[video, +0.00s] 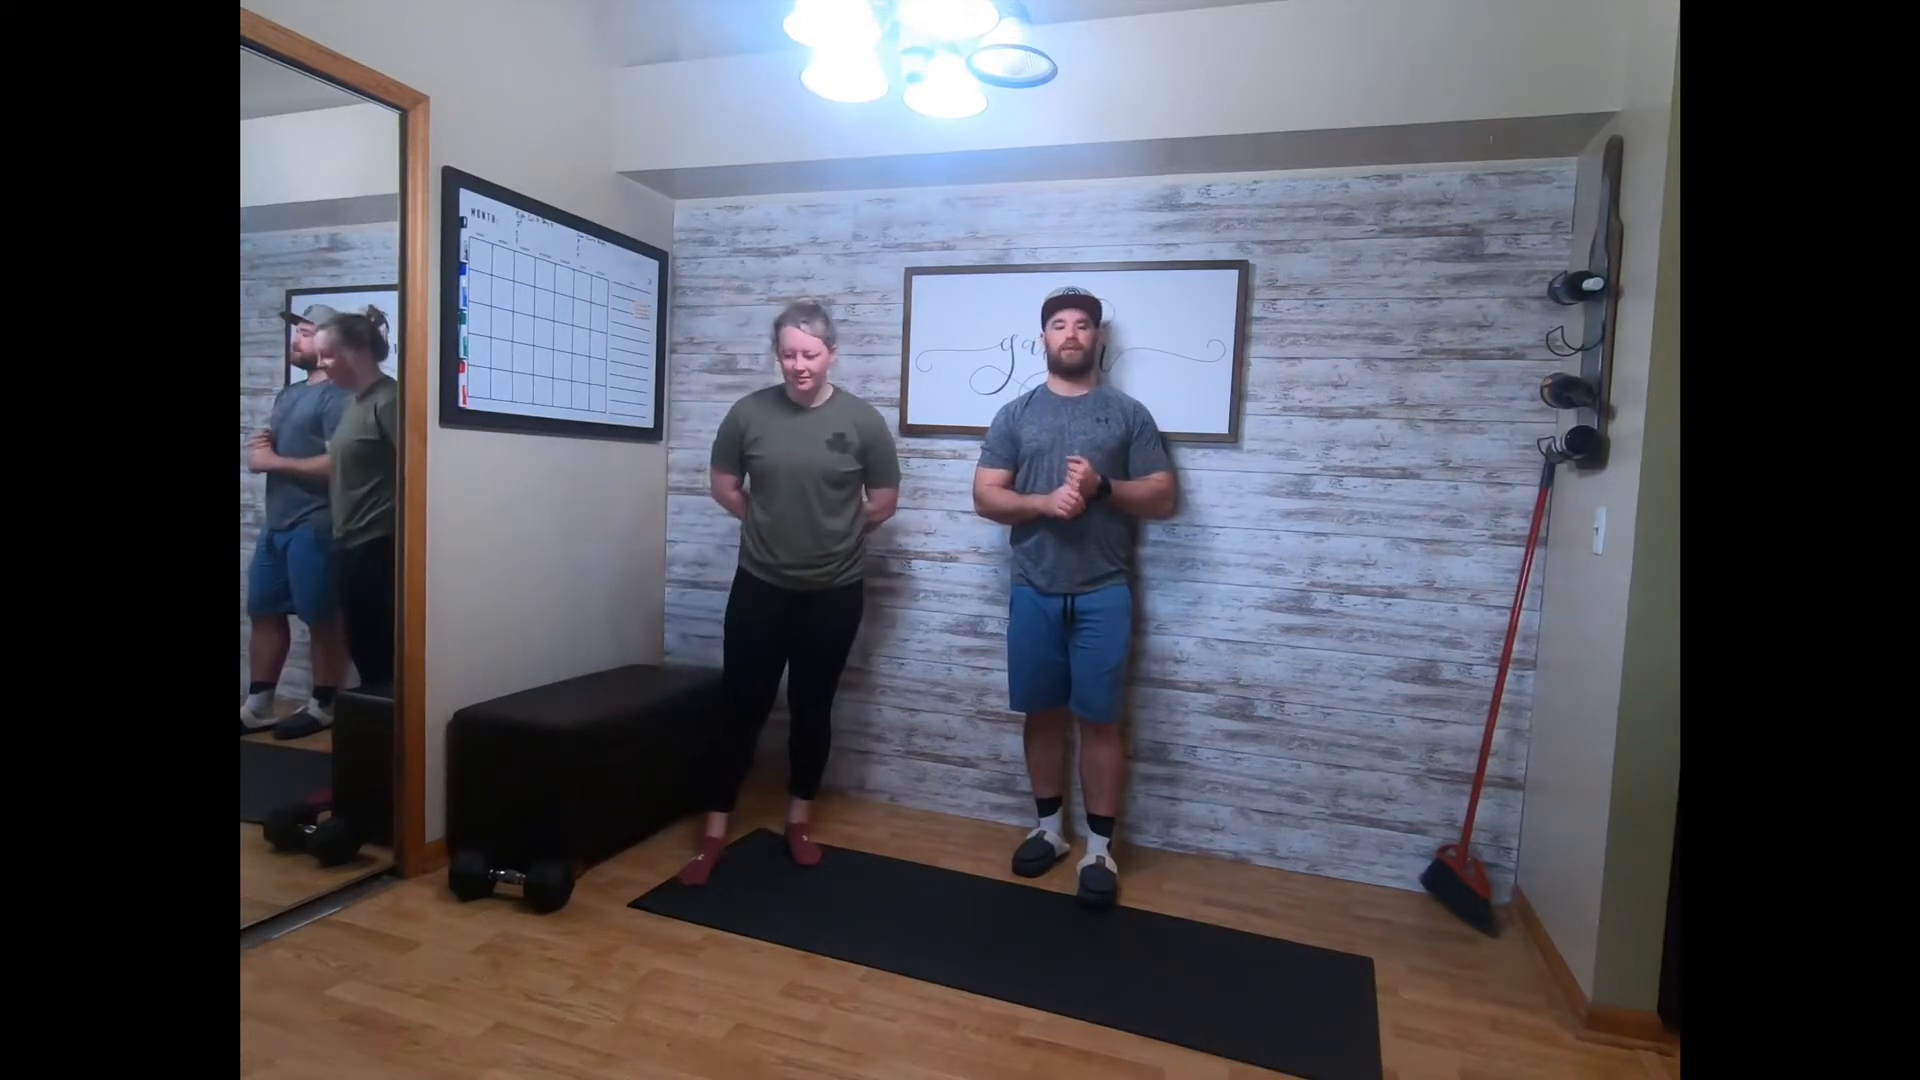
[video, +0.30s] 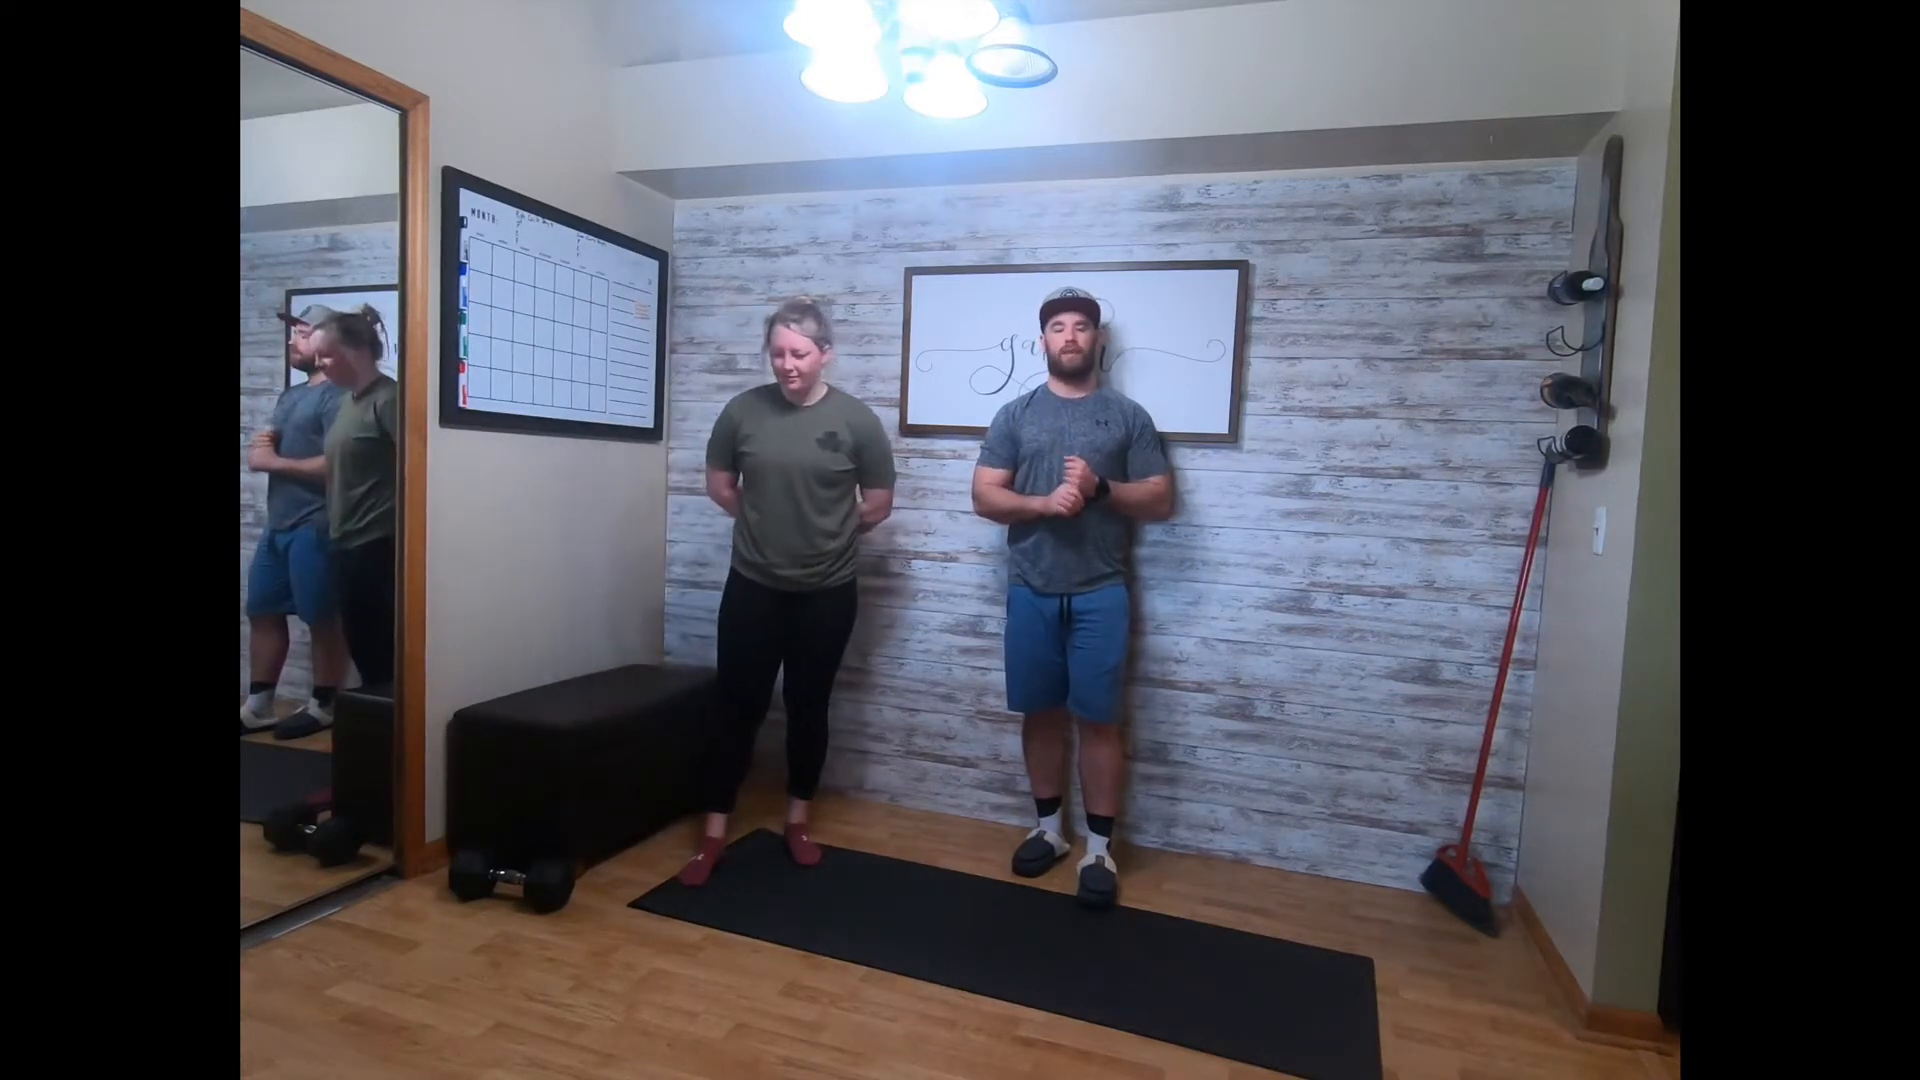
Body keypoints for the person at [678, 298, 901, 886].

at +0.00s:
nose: (800, 365)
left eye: (810, 353)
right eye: (790, 354)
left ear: (832, 356)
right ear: (777, 358)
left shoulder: (863, 422)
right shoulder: (748, 413)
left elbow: (884, 501)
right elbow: (724, 486)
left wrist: (830, 527)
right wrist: (771, 520)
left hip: (832, 592)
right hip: (759, 586)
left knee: (811, 709)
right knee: (739, 707)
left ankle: (798, 823)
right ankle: (714, 833)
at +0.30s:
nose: (788, 364)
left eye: (800, 353)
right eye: (779, 353)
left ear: (826, 355)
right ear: (769, 355)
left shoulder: (858, 421)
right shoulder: (743, 411)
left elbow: (878, 503)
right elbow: (720, 487)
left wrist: (823, 530)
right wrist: (769, 520)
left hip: (825, 592)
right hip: (752, 586)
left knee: (808, 708)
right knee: (735, 706)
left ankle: (797, 823)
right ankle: (714, 833)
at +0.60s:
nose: (777, 354)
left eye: (789, 344)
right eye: (767, 344)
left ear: (812, 350)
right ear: (757, 349)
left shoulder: (842, 416)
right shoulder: (727, 407)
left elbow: (861, 501)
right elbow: (695, 482)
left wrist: (809, 530)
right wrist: (744, 522)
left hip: (811, 590)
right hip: (736, 586)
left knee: (799, 709)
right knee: (727, 709)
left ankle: (797, 822)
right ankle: (715, 834)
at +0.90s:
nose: (776, 344)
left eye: (787, 336)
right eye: (765, 335)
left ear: (803, 344)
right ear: (748, 344)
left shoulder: (829, 417)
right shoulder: (710, 405)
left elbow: (838, 503)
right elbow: (670, 482)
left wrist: (785, 526)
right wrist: (723, 523)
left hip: (798, 591)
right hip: (721, 586)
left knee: (791, 710)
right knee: (720, 712)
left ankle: (796, 822)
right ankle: (714, 833)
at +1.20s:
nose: (787, 341)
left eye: (794, 332)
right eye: (773, 331)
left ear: (802, 343)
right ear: (745, 339)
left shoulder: (816, 417)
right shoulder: (702, 404)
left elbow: (822, 492)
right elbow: (659, 484)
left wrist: (781, 527)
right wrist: (715, 525)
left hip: (790, 589)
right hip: (716, 585)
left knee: (787, 709)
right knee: (718, 711)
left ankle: (794, 821)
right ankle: (713, 835)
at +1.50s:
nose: (790, 340)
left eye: (795, 330)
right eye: (775, 330)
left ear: (801, 342)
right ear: (744, 340)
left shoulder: (814, 417)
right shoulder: (703, 405)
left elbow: (818, 495)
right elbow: (661, 487)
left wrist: (777, 528)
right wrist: (717, 526)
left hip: (793, 589)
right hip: (719, 586)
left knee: (789, 709)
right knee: (718, 711)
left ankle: (795, 821)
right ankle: (713, 835)